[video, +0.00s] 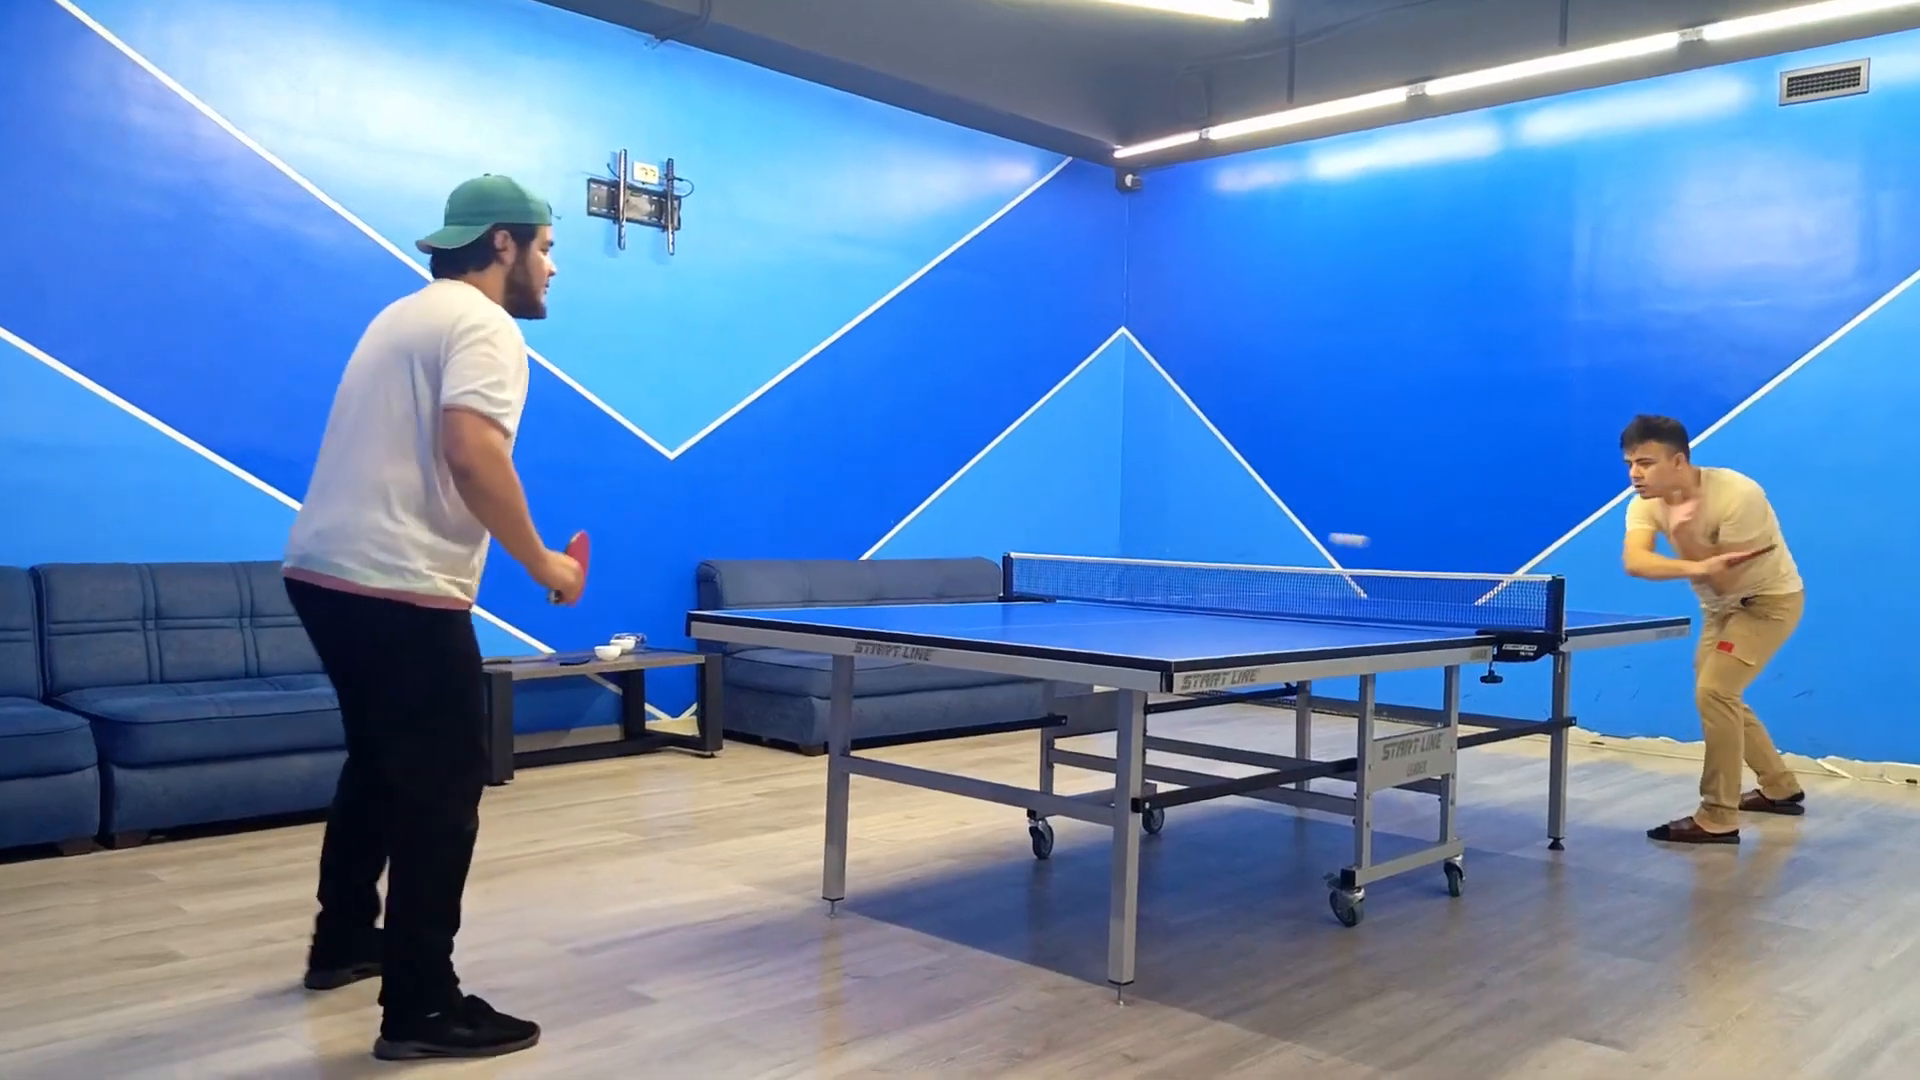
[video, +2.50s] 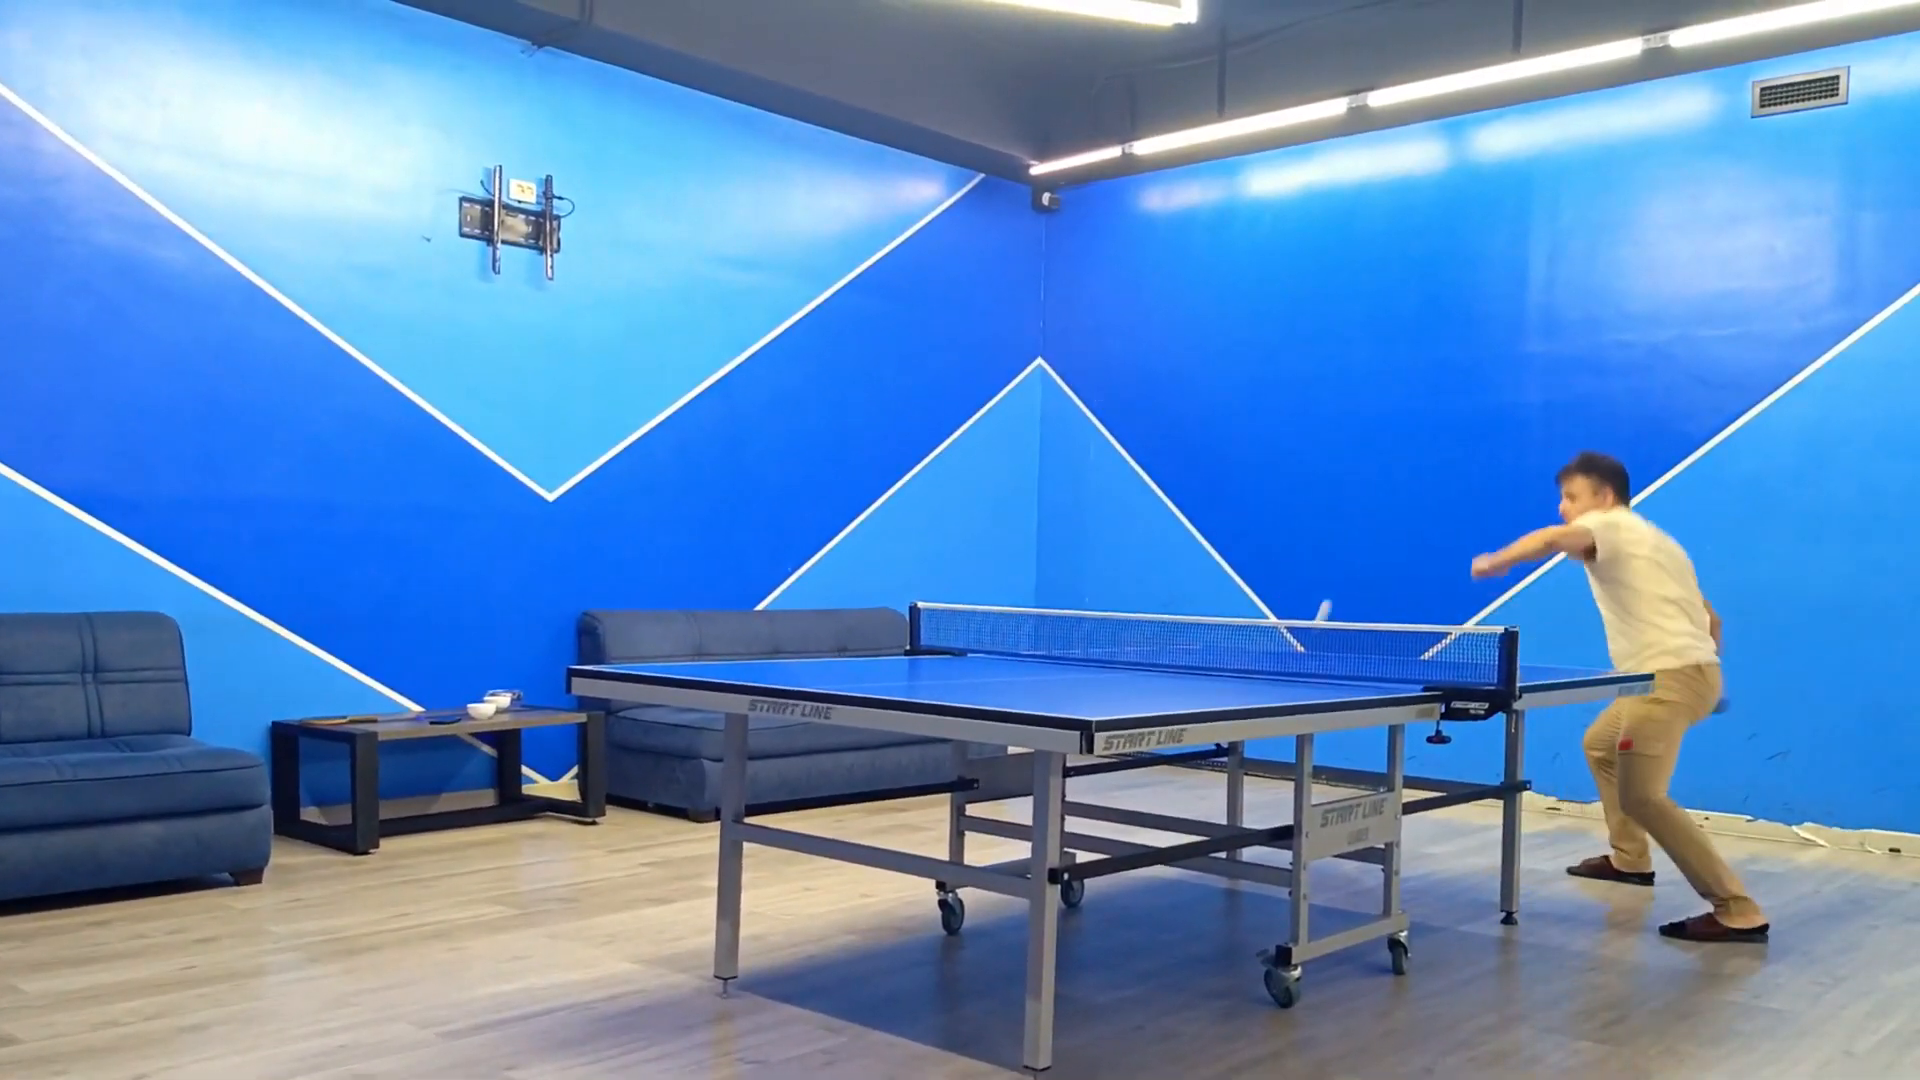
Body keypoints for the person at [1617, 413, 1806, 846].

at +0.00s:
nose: (1634, 475)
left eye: (1644, 463)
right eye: (1631, 464)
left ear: (1679, 460)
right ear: (1628, 464)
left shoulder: (1738, 496)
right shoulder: (1645, 502)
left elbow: (1731, 577)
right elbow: (1634, 562)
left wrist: (1684, 536)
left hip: (1769, 599)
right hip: (1718, 607)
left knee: (1715, 693)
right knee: (1714, 696)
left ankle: (1717, 818)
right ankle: (1781, 788)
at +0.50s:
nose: (1639, 491)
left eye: (1651, 481)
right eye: (1634, 482)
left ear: (1682, 483)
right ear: (1630, 485)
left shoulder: (1731, 529)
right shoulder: (1637, 533)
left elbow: (1785, 595)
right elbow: (1622, 609)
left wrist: (1719, 598)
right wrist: (1662, 626)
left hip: (1749, 636)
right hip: (1696, 640)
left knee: (1705, 725)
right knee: (1656, 725)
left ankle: (1714, 850)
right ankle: (1702, 814)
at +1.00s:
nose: (1648, 463)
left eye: (1657, 451)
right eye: (1645, 455)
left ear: (1691, 453)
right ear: (1693, 459)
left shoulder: (1688, 487)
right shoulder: (1730, 499)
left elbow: (1622, 542)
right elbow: (1763, 583)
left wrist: (1613, 555)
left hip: (1725, 630)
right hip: (1745, 628)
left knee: (1671, 730)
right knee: (1686, 722)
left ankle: (1723, 853)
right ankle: (1720, 816)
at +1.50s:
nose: (1728, 466)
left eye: (1741, 458)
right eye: (1725, 455)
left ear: (1774, 462)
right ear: (1718, 452)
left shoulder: (1810, 501)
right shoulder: (1708, 481)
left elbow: (1878, 513)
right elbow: (1659, 443)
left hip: (1780, 635)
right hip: (1718, 633)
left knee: (1748, 715)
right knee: (1708, 735)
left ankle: (1761, 850)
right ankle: (1782, 784)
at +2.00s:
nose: (1592, 463)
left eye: (1606, 455)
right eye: (1585, 453)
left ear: (1632, 466)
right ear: (1578, 456)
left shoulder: (1655, 517)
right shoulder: (1556, 500)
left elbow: (1696, 566)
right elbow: (1474, 506)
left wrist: (1721, 610)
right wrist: (1514, 528)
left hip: (1613, 644)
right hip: (1552, 640)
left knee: (1593, 710)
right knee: (1512, 702)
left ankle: (1622, 837)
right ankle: (1538, 787)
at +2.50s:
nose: (1562, 508)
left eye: (1571, 497)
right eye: (1562, 498)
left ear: (1605, 496)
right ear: (1617, 502)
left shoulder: (1605, 524)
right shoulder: (1663, 543)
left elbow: (1550, 538)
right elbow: (1709, 620)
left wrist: (1497, 560)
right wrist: (1708, 682)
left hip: (1669, 671)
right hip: (1693, 670)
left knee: (1642, 797)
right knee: (1601, 745)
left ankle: (1738, 910)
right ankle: (1630, 860)